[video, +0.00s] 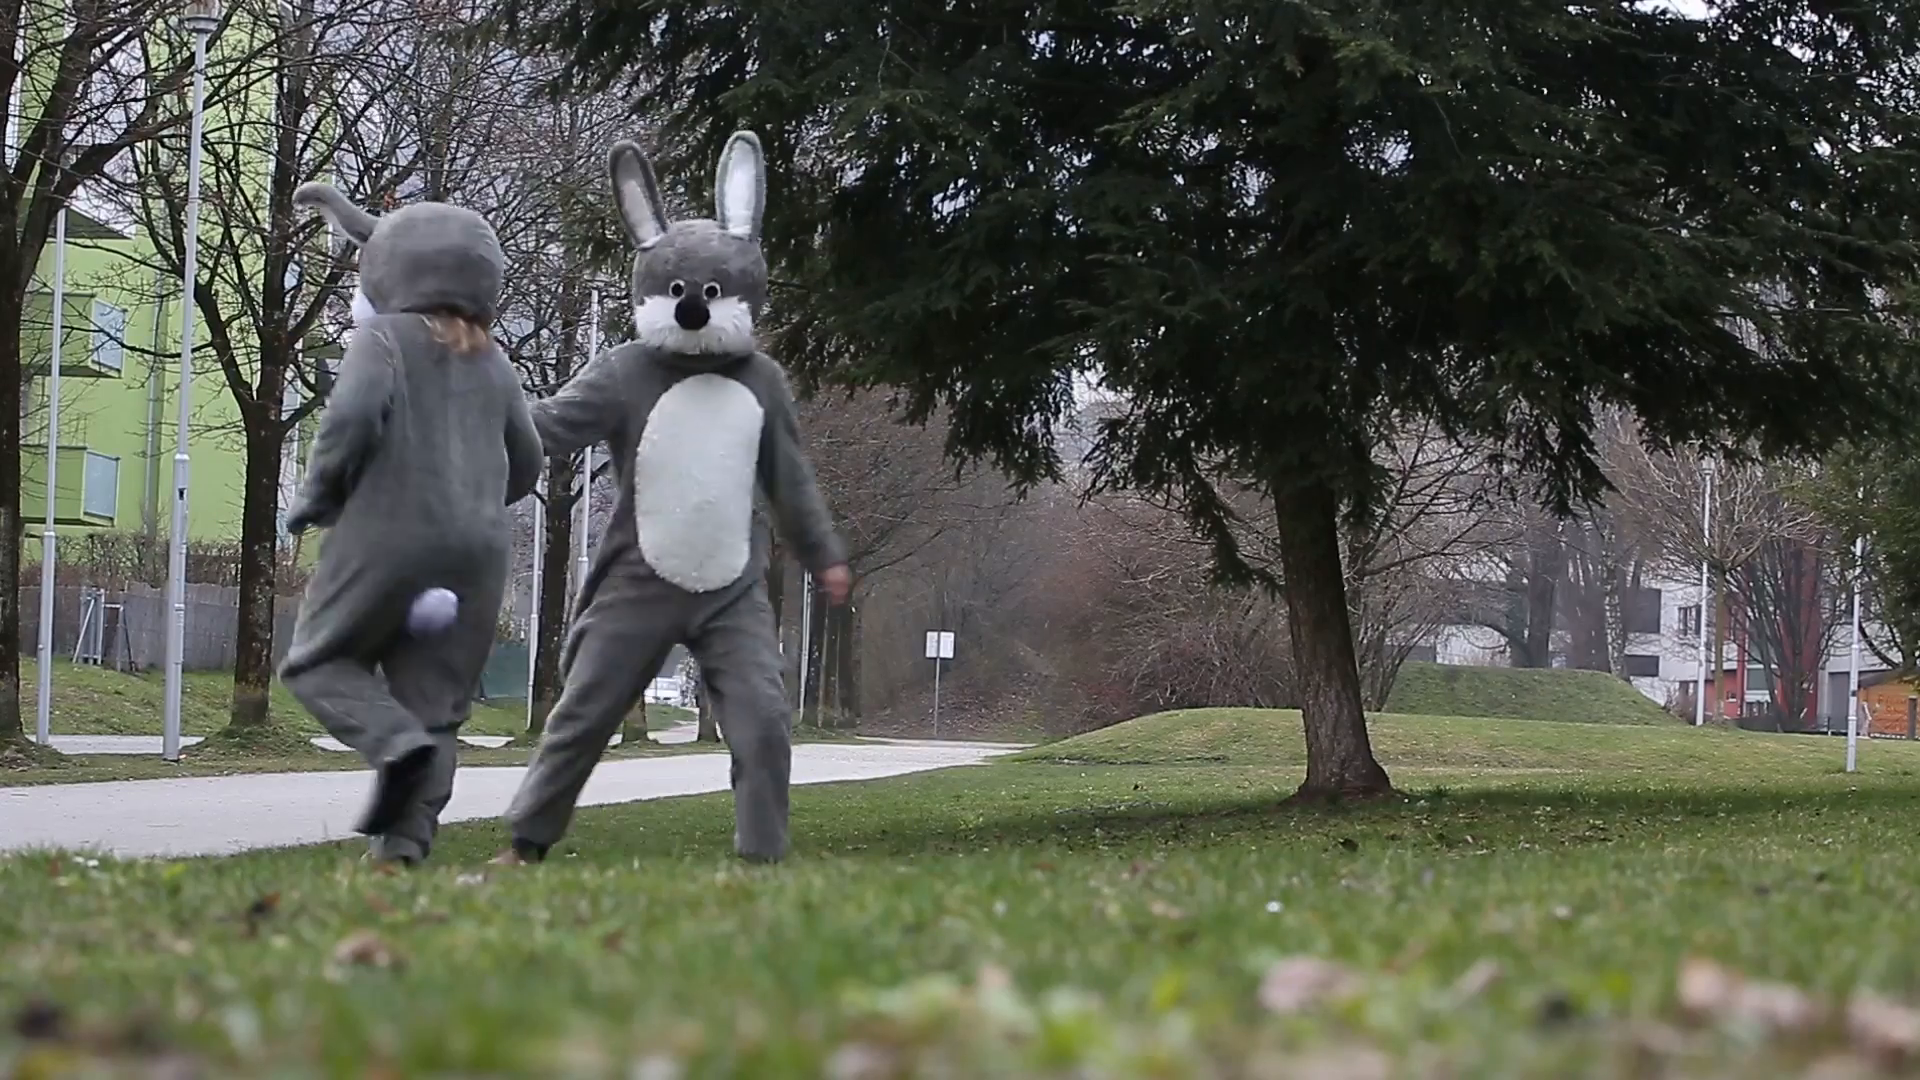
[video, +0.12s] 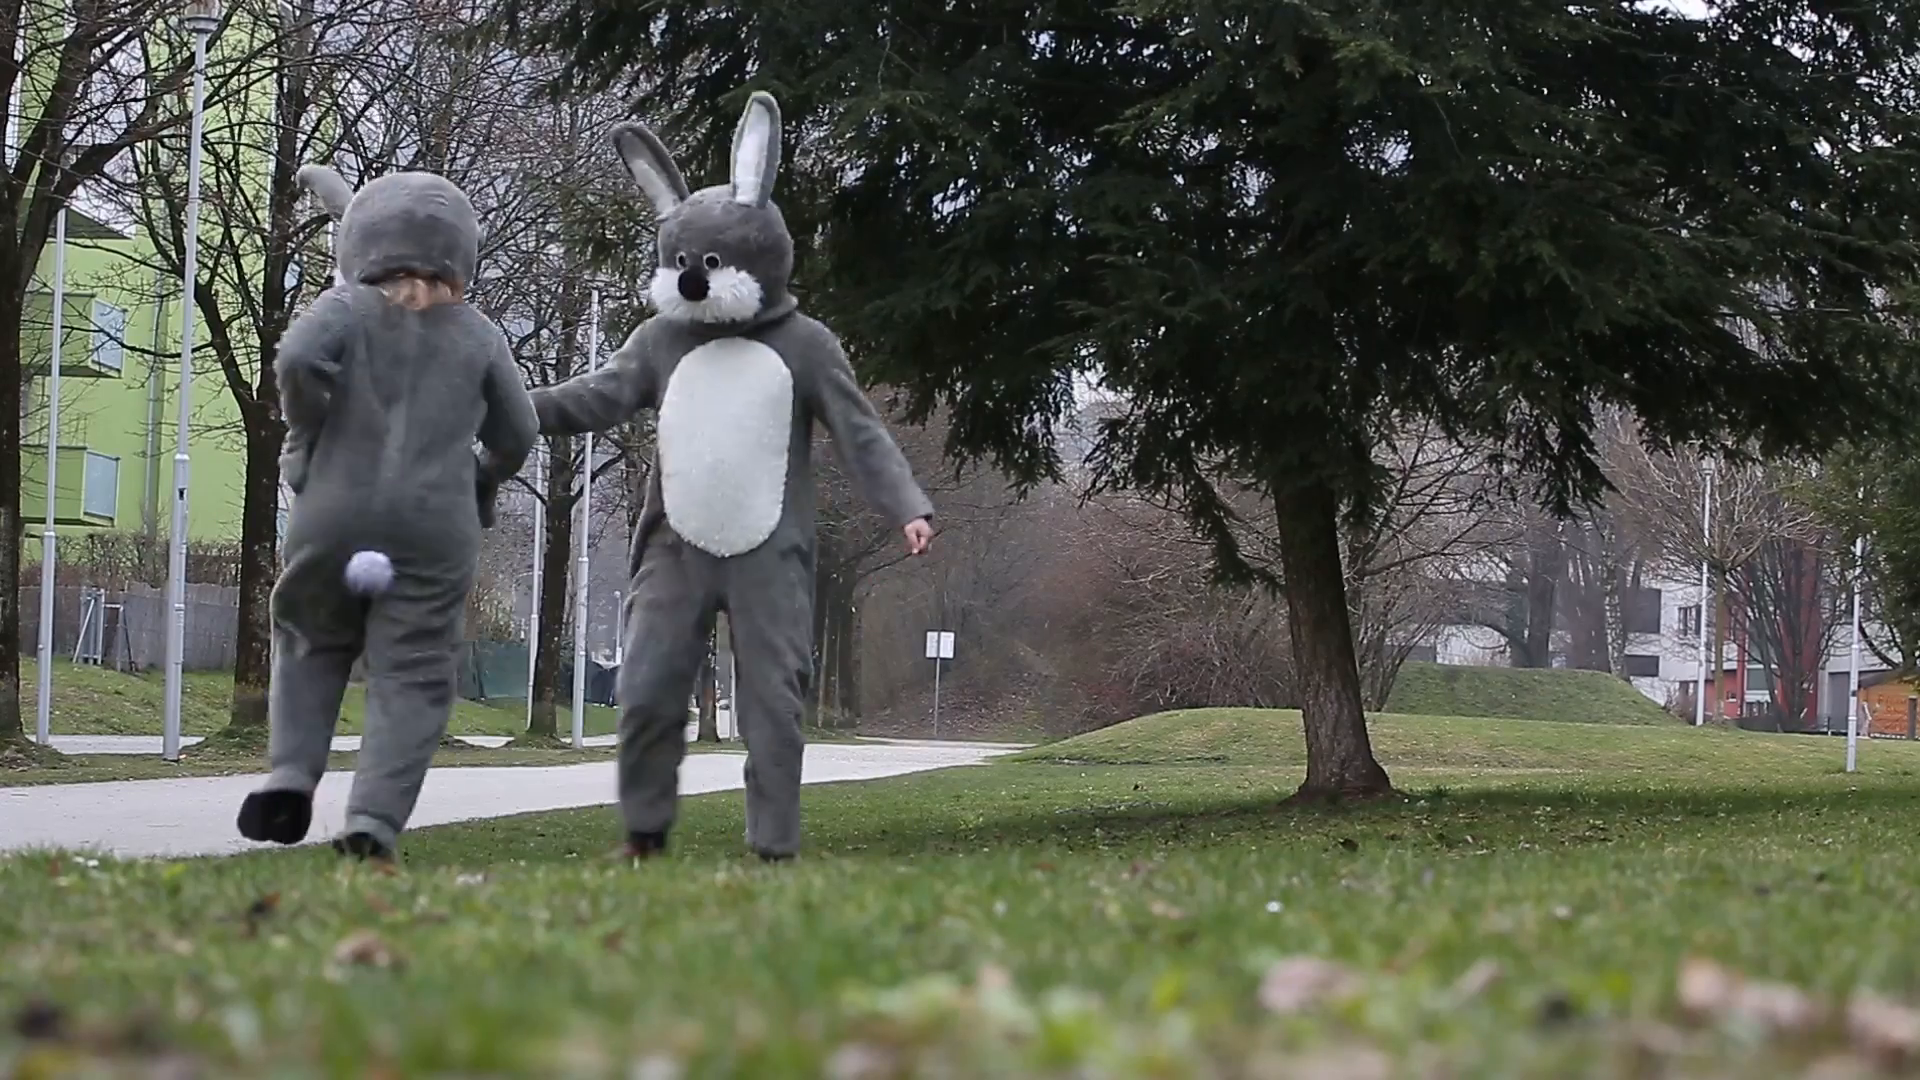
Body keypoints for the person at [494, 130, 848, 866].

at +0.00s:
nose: (697, 307)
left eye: (716, 292)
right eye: (679, 290)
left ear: (745, 303)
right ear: (652, 297)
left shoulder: (762, 382)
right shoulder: (626, 372)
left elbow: (790, 475)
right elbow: (542, 429)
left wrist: (826, 553)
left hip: (734, 590)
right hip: (639, 583)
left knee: (765, 722)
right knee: (583, 715)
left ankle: (763, 862)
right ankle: (525, 844)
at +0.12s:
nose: (702, 284)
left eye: (720, 267)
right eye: (687, 269)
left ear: (761, 269)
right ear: (671, 271)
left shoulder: (803, 343)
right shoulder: (660, 341)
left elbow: (858, 429)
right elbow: (601, 393)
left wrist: (906, 502)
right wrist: (517, 410)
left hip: (770, 549)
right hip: (674, 545)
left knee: (771, 698)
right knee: (645, 692)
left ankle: (774, 847)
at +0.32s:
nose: (704, 267)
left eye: (720, 249)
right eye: (696, 253)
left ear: (769, 242)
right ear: (694, 256)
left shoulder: (829, 319)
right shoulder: (711, 335)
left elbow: (881, 413)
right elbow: (683, 395)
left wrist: (890, 484)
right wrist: (615, 395)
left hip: (814, 531)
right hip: (731, 541)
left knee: (823, 675)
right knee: (766, 694)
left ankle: (890, 820)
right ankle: (824, 839)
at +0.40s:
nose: (706, 291)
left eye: (718, 273)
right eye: (699, 278)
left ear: (769, 265)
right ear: (712, 284)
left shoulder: (830, 340)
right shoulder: (734, 359)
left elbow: (888, 435)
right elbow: (717, 419)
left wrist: (875, 501)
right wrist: (646, 399)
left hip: (829, 548)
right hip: (754, 562)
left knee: (852, 692)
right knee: (785, 710)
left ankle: (940, 831)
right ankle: (842, 847)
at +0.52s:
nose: (715, 303)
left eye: (723, 286)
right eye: (712, 289)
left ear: (769, 275)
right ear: (748, 285)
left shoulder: (836, 344)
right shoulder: (760, 362)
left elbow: (880, 446)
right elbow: (755, 437)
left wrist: (841, 515)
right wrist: (696, 385)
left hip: (839, 555)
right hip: (781, 567)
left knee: (876, 696)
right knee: (787, 716)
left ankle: (954, 835)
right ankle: (844, 851)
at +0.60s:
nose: (721, 308)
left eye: (725, 291)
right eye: (718, 295)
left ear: (765, 280)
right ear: (767, 283)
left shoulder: (836, 336)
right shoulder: (782, 356)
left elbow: (884, 433)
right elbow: (775, 431)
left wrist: (826, 500)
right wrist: (726, 370)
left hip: (850, 555)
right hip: (794, 565)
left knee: (880, 698)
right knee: (799, 716)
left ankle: (944, 843)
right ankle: (849, 854)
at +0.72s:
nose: (733, 304)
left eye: (737, 285)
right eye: (729, 290)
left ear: (779, 269)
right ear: (775, 276)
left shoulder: (846, 326)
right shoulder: (800, 344)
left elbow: (884, 423)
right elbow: (800, 420)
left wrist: (811, 479)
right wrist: (750, 354)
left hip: (863, 543)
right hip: (818, 548)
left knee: (862, 694)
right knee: (816, 708)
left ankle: (945, 839)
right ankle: (850, 853)